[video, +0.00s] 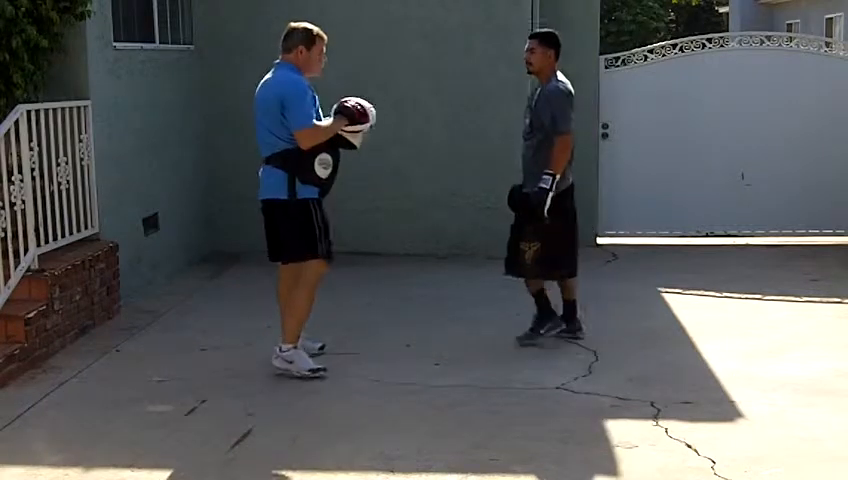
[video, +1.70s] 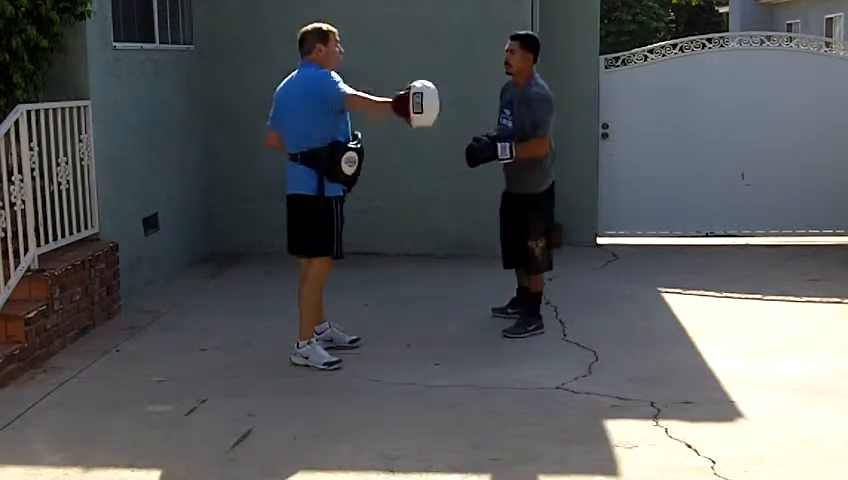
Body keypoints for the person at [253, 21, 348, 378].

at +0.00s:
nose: (323, 59)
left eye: (323, 52)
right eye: (320, 52)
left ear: (293, 52)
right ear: (301, 51)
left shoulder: (273, 82)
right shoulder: (293, 85)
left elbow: (299, 133)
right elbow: (306, 137)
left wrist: (336, 127)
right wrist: (337, 124)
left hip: (277, 190)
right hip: (295, 192)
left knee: (290, 265)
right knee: (316, 263)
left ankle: (291, 339)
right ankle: (289, 349)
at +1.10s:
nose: (335, 51)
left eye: (334, 45)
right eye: (330, 45)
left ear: (312, 51)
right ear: (310, 51)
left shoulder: (314, 84)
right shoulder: (287, 91)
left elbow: (322, 136)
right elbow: (283, 149)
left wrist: (352, 134)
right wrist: (323, 165)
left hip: (320, 189)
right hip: (302, 193)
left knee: (322, 260)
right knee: (312, 262)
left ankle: (319, 330)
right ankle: (304, 345)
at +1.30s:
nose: (345, 53)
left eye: (343, 46)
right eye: (340, 46)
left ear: (320, 51)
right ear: (321, 50)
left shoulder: (318, 83)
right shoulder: (298, 88)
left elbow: (326, 133)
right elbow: (279, 138)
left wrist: (353, 145)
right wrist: (279, 184)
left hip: (326, 190)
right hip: (311, 192)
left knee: (322, 261)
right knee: (316, 263)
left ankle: (319, 330)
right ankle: (304, 344)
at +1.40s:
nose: (345, 52)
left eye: (344, 46)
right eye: (341, 45)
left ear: (319, 49)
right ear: (325, 48)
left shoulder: (318, 82)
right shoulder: (305, 84)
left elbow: (314, 133)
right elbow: (288, 134)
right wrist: (284, 174)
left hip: (325, 189)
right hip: (313, 191)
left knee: (322, 260)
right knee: (317, 262)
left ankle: (318, 329)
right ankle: (305, 344)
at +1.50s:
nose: (345, 52)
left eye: (343, 46)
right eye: (341, 46)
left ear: (313, 50)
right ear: (325, 48)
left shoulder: (294, 82)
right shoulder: (316, 81)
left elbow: (282, 131)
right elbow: (306, 127)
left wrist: (303, 154)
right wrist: (317, 159)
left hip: (306, 190)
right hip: (318, 192)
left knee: (314, 261)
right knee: (319, 262)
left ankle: (318, 329)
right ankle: (305, 344)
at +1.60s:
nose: (343, 52)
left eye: (342, 46)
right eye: (339, 46)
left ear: (311, 51)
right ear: (322, 49)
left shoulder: (289, 84)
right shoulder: (321, 79)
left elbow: (274, 134)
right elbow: (328, 113)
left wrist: (306, 153)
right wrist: (355, 130)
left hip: (301, 187)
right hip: (320, 188)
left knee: (312, 261)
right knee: (319, 262)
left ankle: (318, 329)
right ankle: (305, 344)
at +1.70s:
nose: (341, 51)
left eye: (340, 45)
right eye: (337, 46)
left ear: (309, 52)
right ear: (319, 49)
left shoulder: (285, 86)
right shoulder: (323, 78)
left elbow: (273, 138)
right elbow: (351, 100)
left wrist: (312, 150)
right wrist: (395, 104)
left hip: (300, 188)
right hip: (322, 188)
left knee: (312, 261)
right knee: (321, 262)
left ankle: (320, 328)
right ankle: (305, 345)